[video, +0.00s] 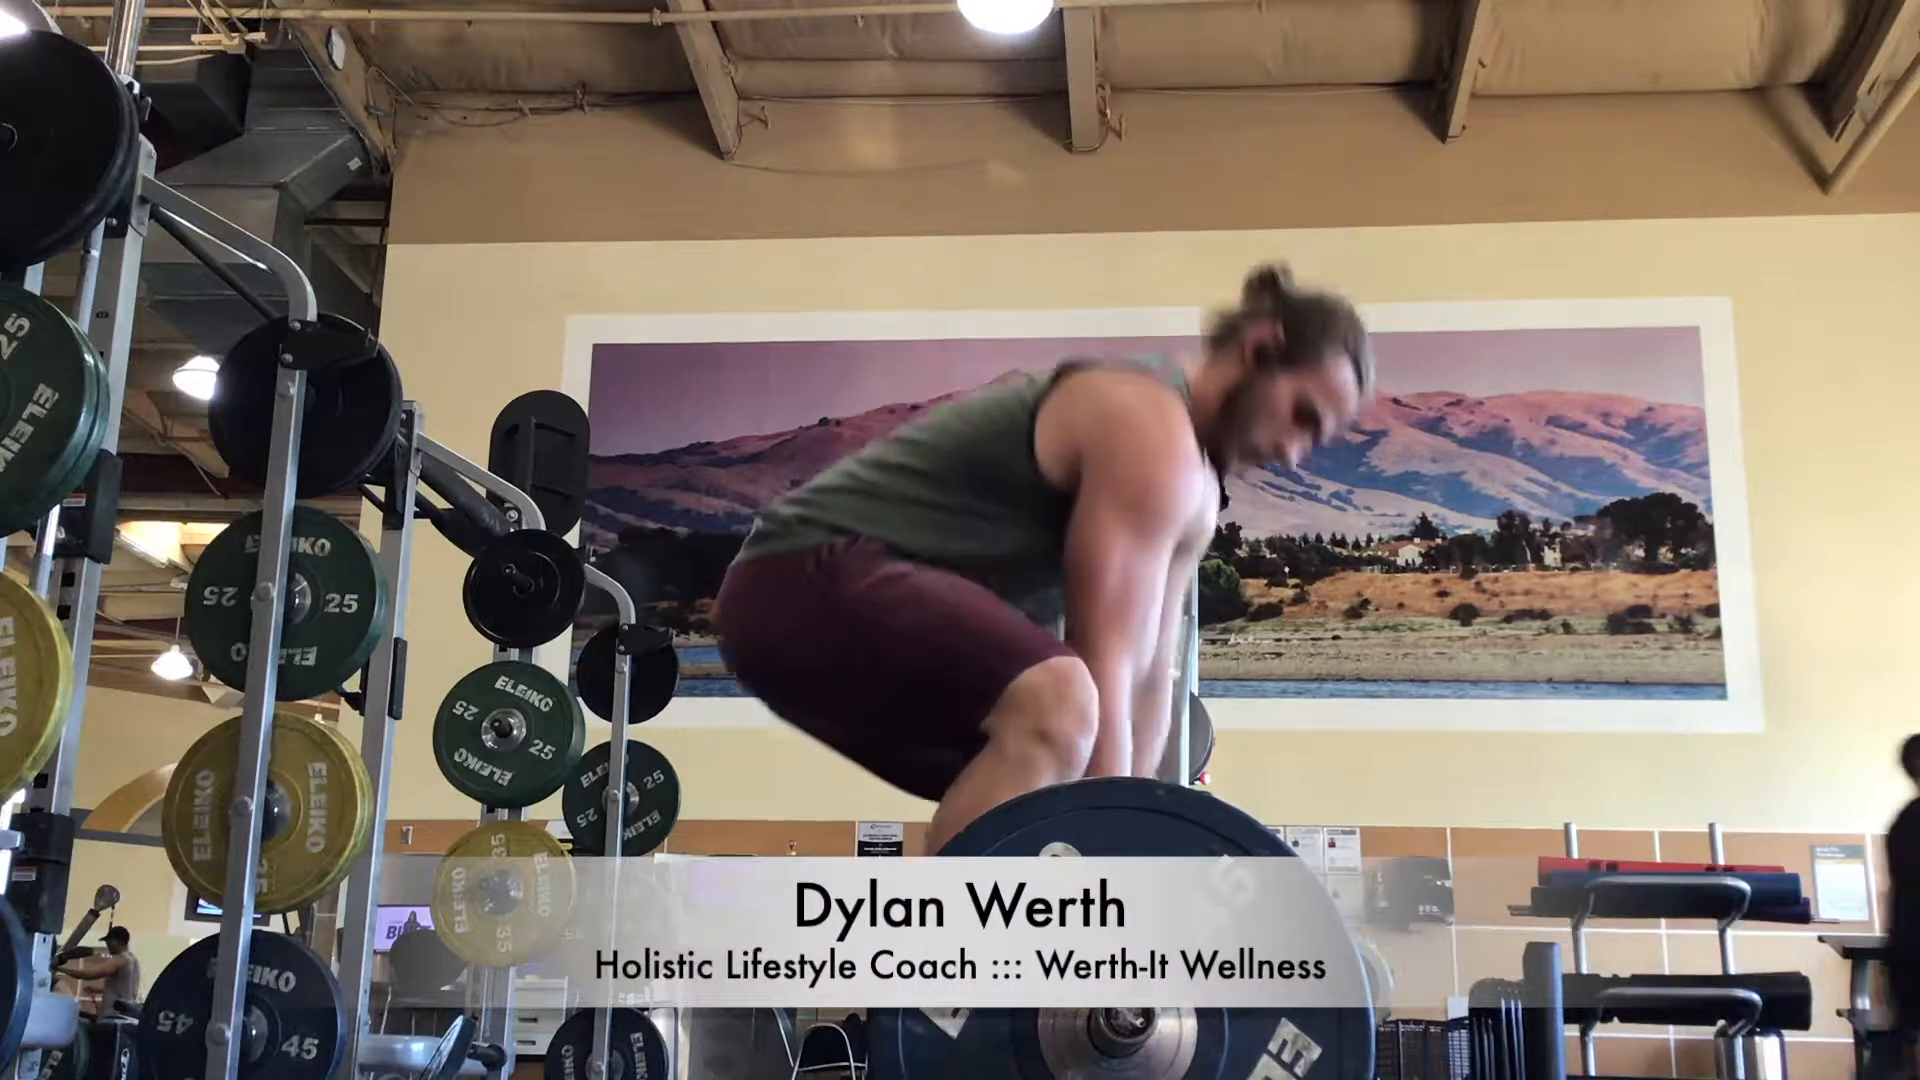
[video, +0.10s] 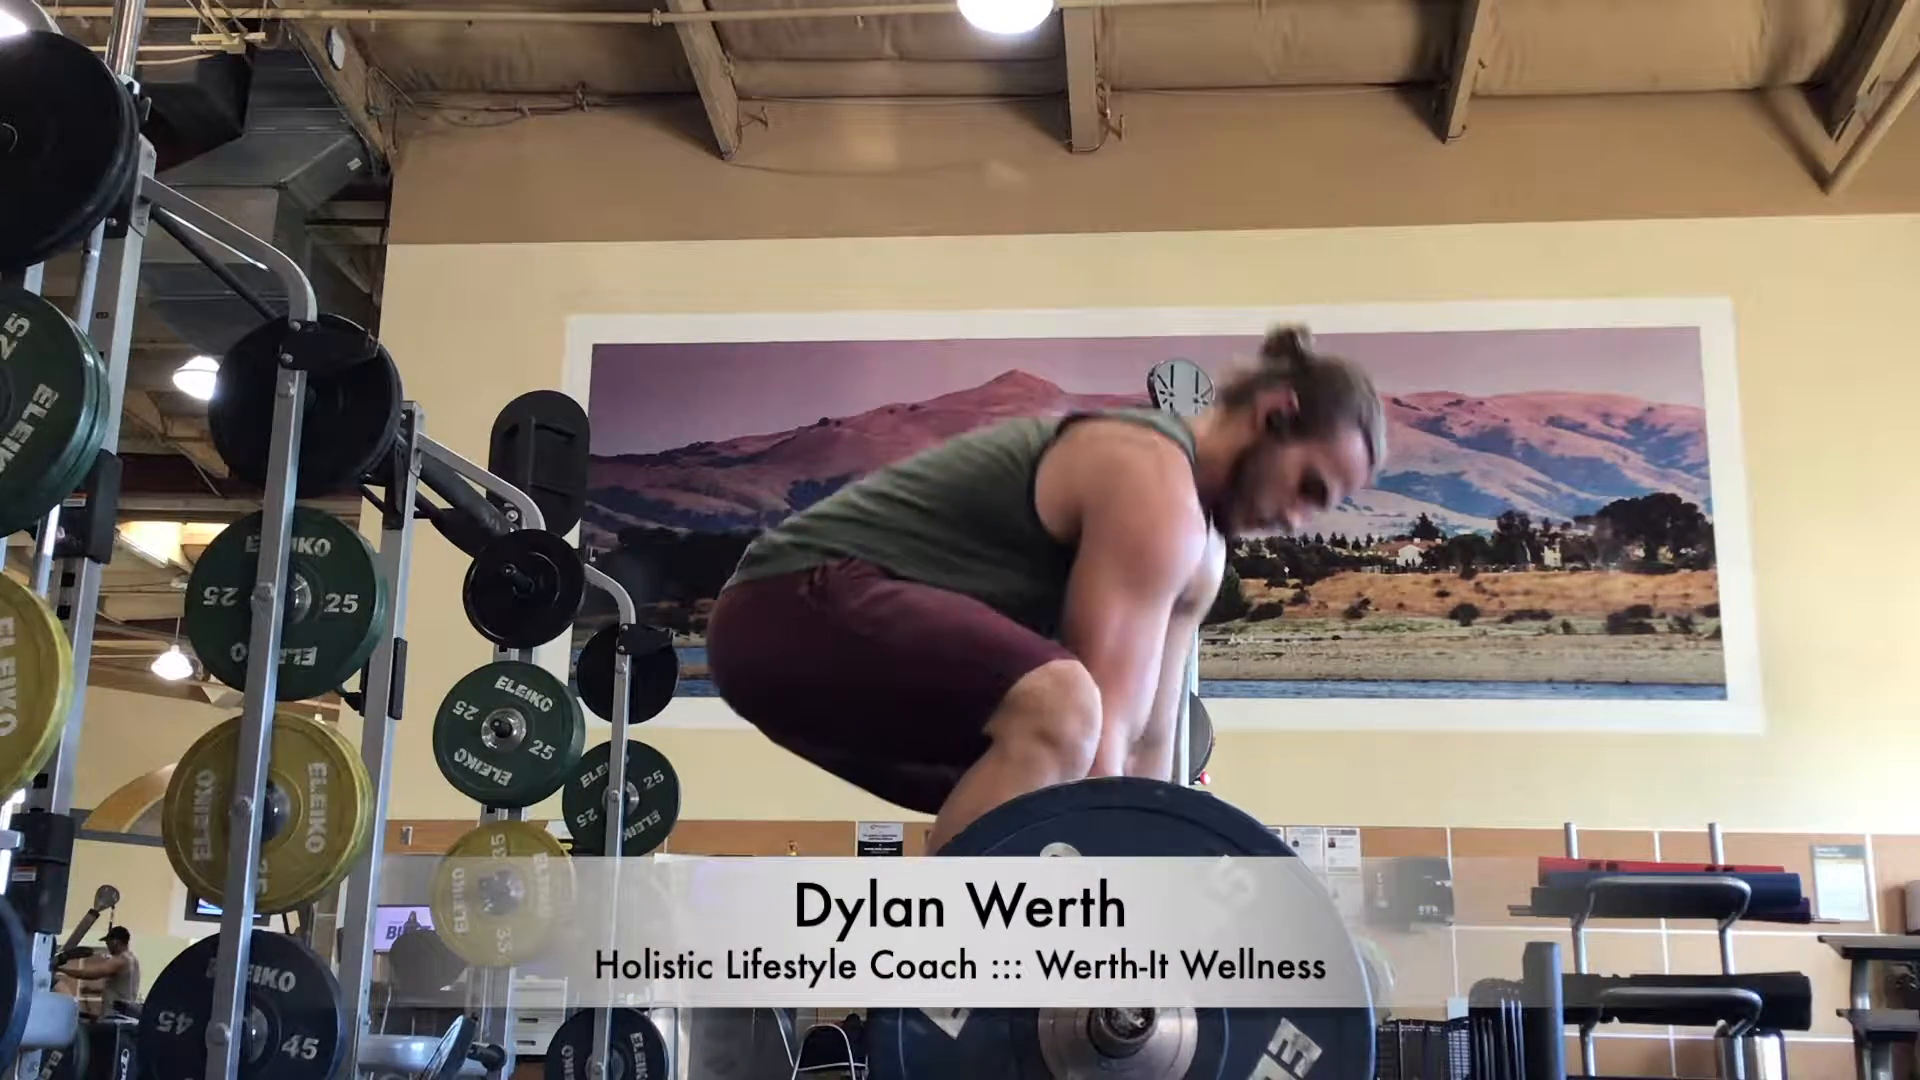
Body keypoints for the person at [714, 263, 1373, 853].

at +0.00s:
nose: (1298, 453)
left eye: (1319, 438)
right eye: (1305, 416)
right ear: (1260, 346)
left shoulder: (1193, 491)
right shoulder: (1145, 435)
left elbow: (1151, 688)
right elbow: (1098, 673)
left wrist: (1135, 868)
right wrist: (1101, 859)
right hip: (804, 574)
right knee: (1057, 705)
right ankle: (904, 958)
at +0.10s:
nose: (1302, 521)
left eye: (1322, 510)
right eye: (1309, 488)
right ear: (1273, 413)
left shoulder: (1198, 551)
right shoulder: (1150, 489)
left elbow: (1148, 745)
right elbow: (1095, 736)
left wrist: (1140, 939)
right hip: (796, 599)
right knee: (1058, 711)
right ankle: (909, 952)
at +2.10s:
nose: (1338, 506)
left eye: (1342, 481)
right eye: (1327, 469)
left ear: (1258, 450)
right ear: (1255, 445)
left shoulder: (1171, 615)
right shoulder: (1138, 523)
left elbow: (1135, 807)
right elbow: (1066, 772)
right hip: (784, 613)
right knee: (1070, 717)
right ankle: (919, 1013)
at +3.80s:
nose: (1337, 471)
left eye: (1340, 448)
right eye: (1324, 437)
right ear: (1248, 420)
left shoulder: (1172, 603)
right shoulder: (1132, 506)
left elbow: (1105, 787)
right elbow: (1033, 734)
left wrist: (1089, 951)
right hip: (782, 589)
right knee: (1020, 699)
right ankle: (965, 971)